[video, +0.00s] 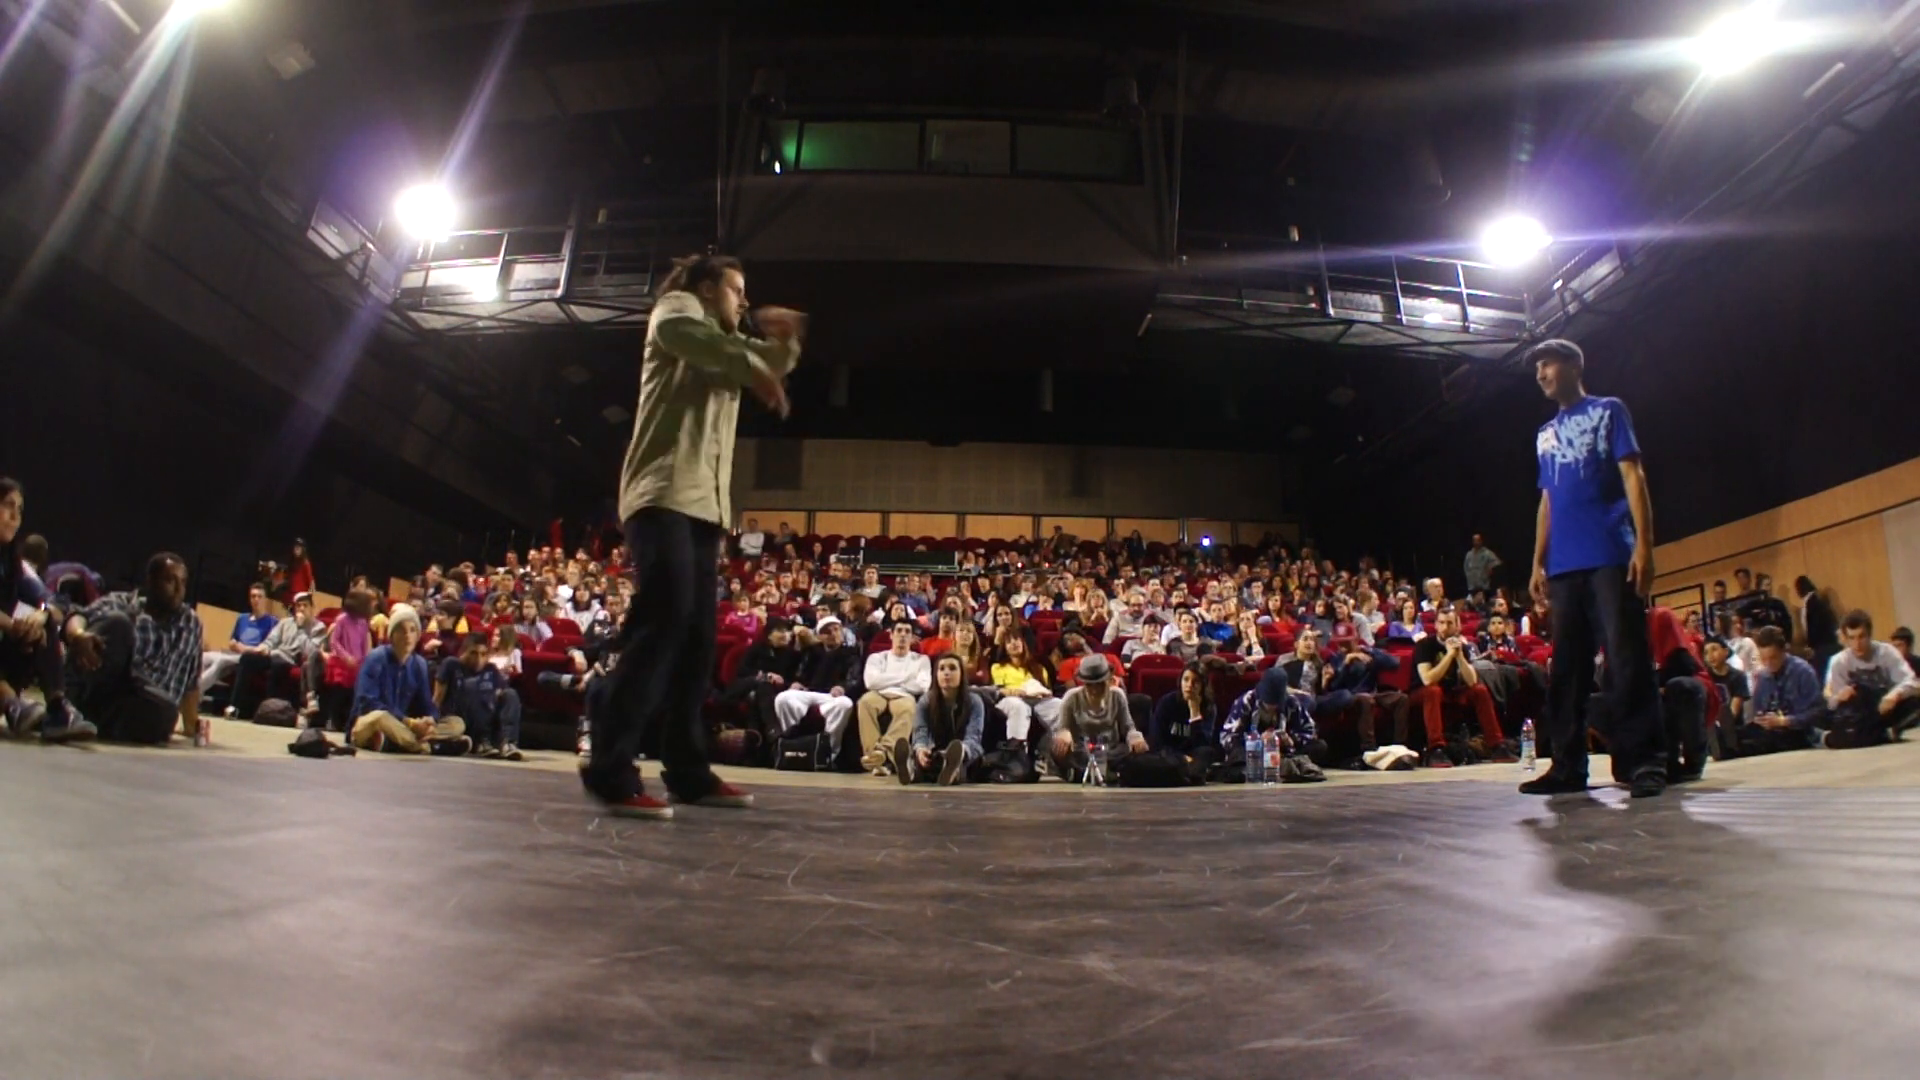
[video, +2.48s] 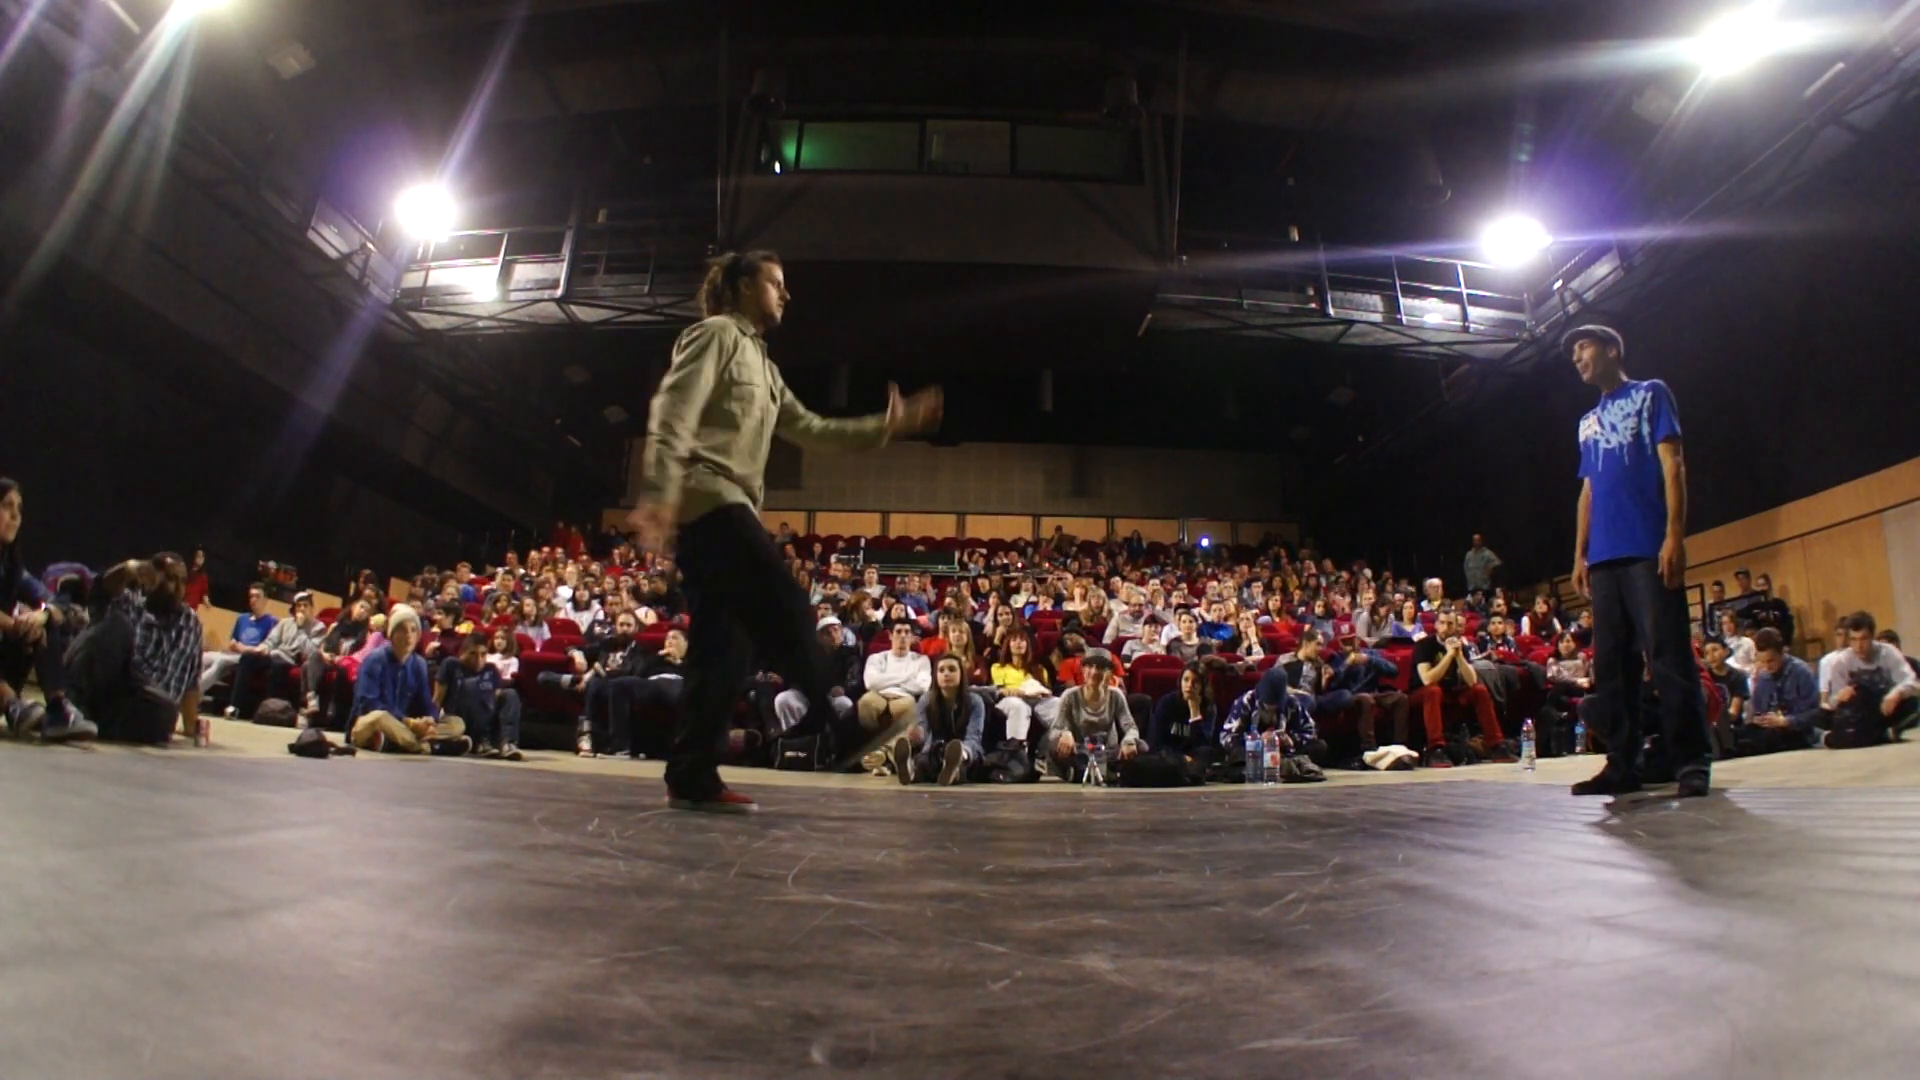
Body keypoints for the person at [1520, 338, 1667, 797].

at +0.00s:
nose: (1541, 374)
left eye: (1548, 364)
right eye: (1538, 368)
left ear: (1575, 366)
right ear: (1540, 378)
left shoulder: (1608, 411)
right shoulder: (1545, 434)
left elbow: (1633, 476)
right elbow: (1547, 500)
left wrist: (1643, 545)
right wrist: (1538, 562)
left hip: (1609, 558)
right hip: (1563, 566)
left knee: (1627, 661)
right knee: (1568, 667)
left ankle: (1645, 764)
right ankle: (1568, 766)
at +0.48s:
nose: (1546, 372)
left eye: (1552, 361)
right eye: (1542, 366)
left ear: (1578, 360)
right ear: (1546, 375)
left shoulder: (1613, 400)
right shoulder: (1565, 427)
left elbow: (1645, 469)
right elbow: (1576, 494)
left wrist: (1643, 539)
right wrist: (1569, 555)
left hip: (1626, 552)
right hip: (1588, 558)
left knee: (1641, 660)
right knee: (1586, 661)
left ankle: (1650, 762)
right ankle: (1596, 761)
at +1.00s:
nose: (1539, 375)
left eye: (1546, 366)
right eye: (1535, 371)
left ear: (1573, 370)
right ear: (1538, 385)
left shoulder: (1610, 403)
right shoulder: (1546, 441)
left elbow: (1641, 466)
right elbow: (1555, 508)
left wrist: (1661, 534)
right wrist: (1554, 572)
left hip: (1629, 544)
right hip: (1587, 557)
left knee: (1636, 643)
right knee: (1596, 657)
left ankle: (1660, 757)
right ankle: (1616, 760)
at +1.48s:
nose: (1568, 361)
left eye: (1576, 352)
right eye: (1565, 357)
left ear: (1605, 354)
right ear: (1569, 369)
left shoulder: (1641, 392)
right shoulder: (1576, 426)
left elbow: (1666, 456)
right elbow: (1583, 495)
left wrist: (1668, 525)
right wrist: (1579, 558)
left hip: (1650, 549)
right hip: (1607, 560)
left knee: (1671, 659)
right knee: (1613, 664)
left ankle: (1691, 763)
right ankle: (1616, 763)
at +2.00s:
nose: (1586, 356)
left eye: (1593, 346)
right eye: (1583, 351)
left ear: (1621, 346)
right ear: (1587, 360)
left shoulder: (1653, 388)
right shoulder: (1594, 418)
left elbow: (1677, 457)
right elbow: (1595, 486)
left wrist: (1683, 530)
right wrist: (1588, 551)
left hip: (1655, 548)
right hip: (1612, 557)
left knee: (1672, 659)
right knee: (1617, 663)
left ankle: (1692, 762)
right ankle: (1623, 763)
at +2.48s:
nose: (1577, 359)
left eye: (1584, 349)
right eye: (1574, 355)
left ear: (1614, 350)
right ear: (1579, 366)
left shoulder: (1650, 393)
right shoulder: (1587, 422)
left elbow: (1673, 464)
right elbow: (1588, 490)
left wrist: (1674, 536)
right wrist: (1580, 554)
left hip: (1648, 551)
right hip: (1603, 560)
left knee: (1668, 661)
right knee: (1612, 665)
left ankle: (1691, 765)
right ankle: (1622, 764)